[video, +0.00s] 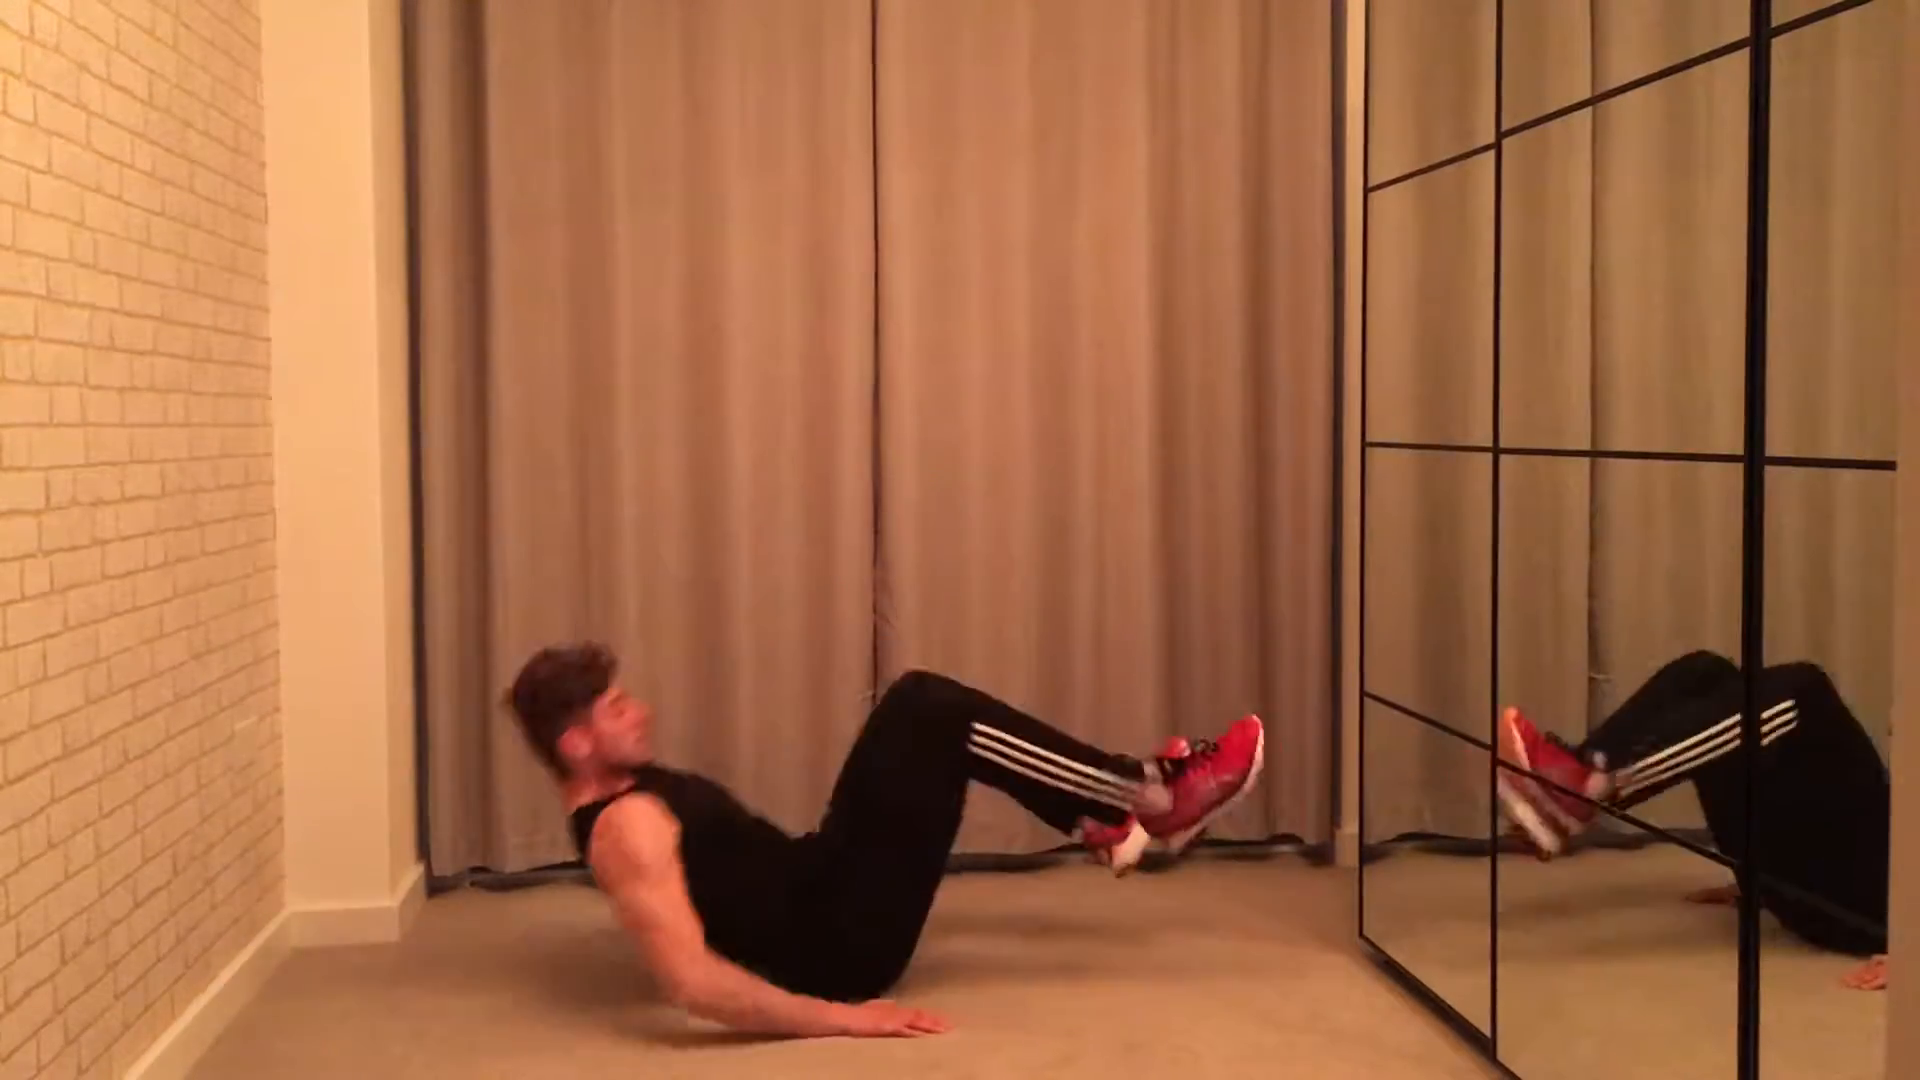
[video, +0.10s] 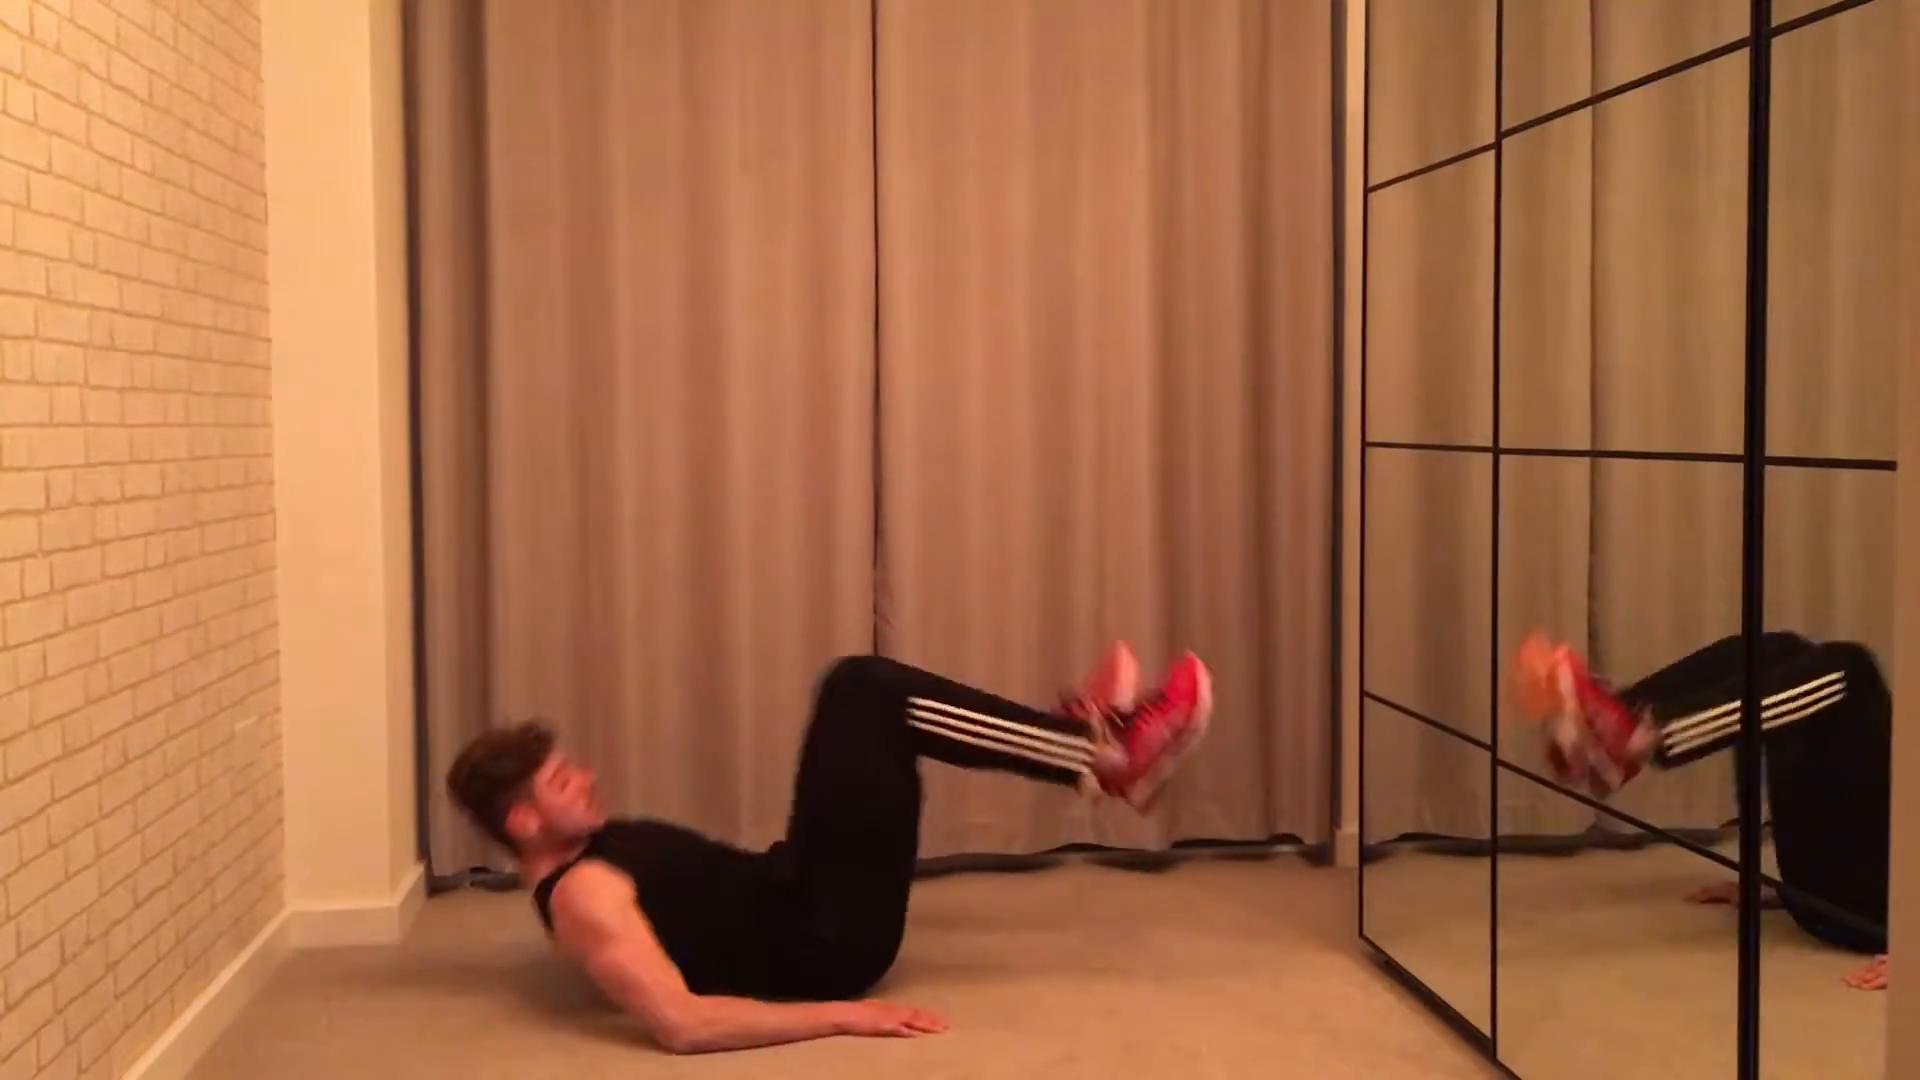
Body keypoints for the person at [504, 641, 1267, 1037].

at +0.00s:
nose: (636, 710)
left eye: (626, 697)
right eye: (617, 706)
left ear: (586, 737)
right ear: (577, 744)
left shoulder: (625, 801)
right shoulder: (627, 828)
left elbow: (696, 958)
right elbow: (691, 982)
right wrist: (843, 1016)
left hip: (823, 921)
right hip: (837, 958)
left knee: (919, 702)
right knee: (929, 710)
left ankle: (1103, 808)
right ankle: (1157, 801)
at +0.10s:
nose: (583, 777)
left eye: (570, 766)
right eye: (561, 778)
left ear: (542, 809)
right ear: (523, 824)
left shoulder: (586, 863)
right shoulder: (586, 896)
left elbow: (688, 986)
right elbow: (682, 1025)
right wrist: (842, 1015)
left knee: (857, 685)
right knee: (869, 693)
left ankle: (1073, 727)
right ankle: (1111, 761)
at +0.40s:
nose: (470, 853)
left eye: (449, 853)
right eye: (448, 868)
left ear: (454, 918)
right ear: (449, 925)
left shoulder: (541, 915)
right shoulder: (545, 960)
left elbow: (687, 910)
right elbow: (700, 1007)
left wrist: (829, 924)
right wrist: (858, 1006)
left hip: (773, 893)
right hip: (788, 909)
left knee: (642, 701)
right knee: (644, 704)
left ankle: (685, 489)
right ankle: (702, 488)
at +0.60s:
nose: (452, 889)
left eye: (434, 889)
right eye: (434, 904)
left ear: (450, 939)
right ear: (441, 958)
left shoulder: (543, 933)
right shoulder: (540, 969)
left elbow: (699, 919)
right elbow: (692, 1013)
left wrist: (829, 923)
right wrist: (849, 1017)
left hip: (730, 818)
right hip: (734, 823)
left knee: (583, 623)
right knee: (577, 624)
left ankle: (534, 398)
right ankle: (534, 397)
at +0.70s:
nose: (448, 893)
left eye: (428, 895)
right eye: (428, 914)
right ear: (437, 971)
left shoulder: (541, 935)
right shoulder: (537, 973)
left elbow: (689, 910)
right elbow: (688, 1013)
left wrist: (822, 922)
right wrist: (850, 1019)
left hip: (684, 794)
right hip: (700, 792)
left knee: (559, 578)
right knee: (558, 579)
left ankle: (514, 349)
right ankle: (508, 348)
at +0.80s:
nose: (446, 894)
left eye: (428, 895)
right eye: (427, 913)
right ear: (437, 968)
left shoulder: (541, 932)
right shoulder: (530, 973)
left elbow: (689, 914)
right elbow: (685, 1014)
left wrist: (826, 923)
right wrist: (848, 1020)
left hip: (662, 762)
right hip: (667, 764)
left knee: (544, 548)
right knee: (541, 547)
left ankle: (496, 307)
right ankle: (490, 303)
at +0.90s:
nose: (442, 894)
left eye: (424, 897)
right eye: (424, 914)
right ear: (434, 967)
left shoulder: (542, 932)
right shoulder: (523, 974)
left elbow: (684, 915)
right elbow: (683, 1014)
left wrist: (823, 922)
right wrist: (843, 1021)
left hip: (638, 743)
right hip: (645, 745)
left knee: (538, 522)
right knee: (533, 525)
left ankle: (498, 299)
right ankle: (477, 294)